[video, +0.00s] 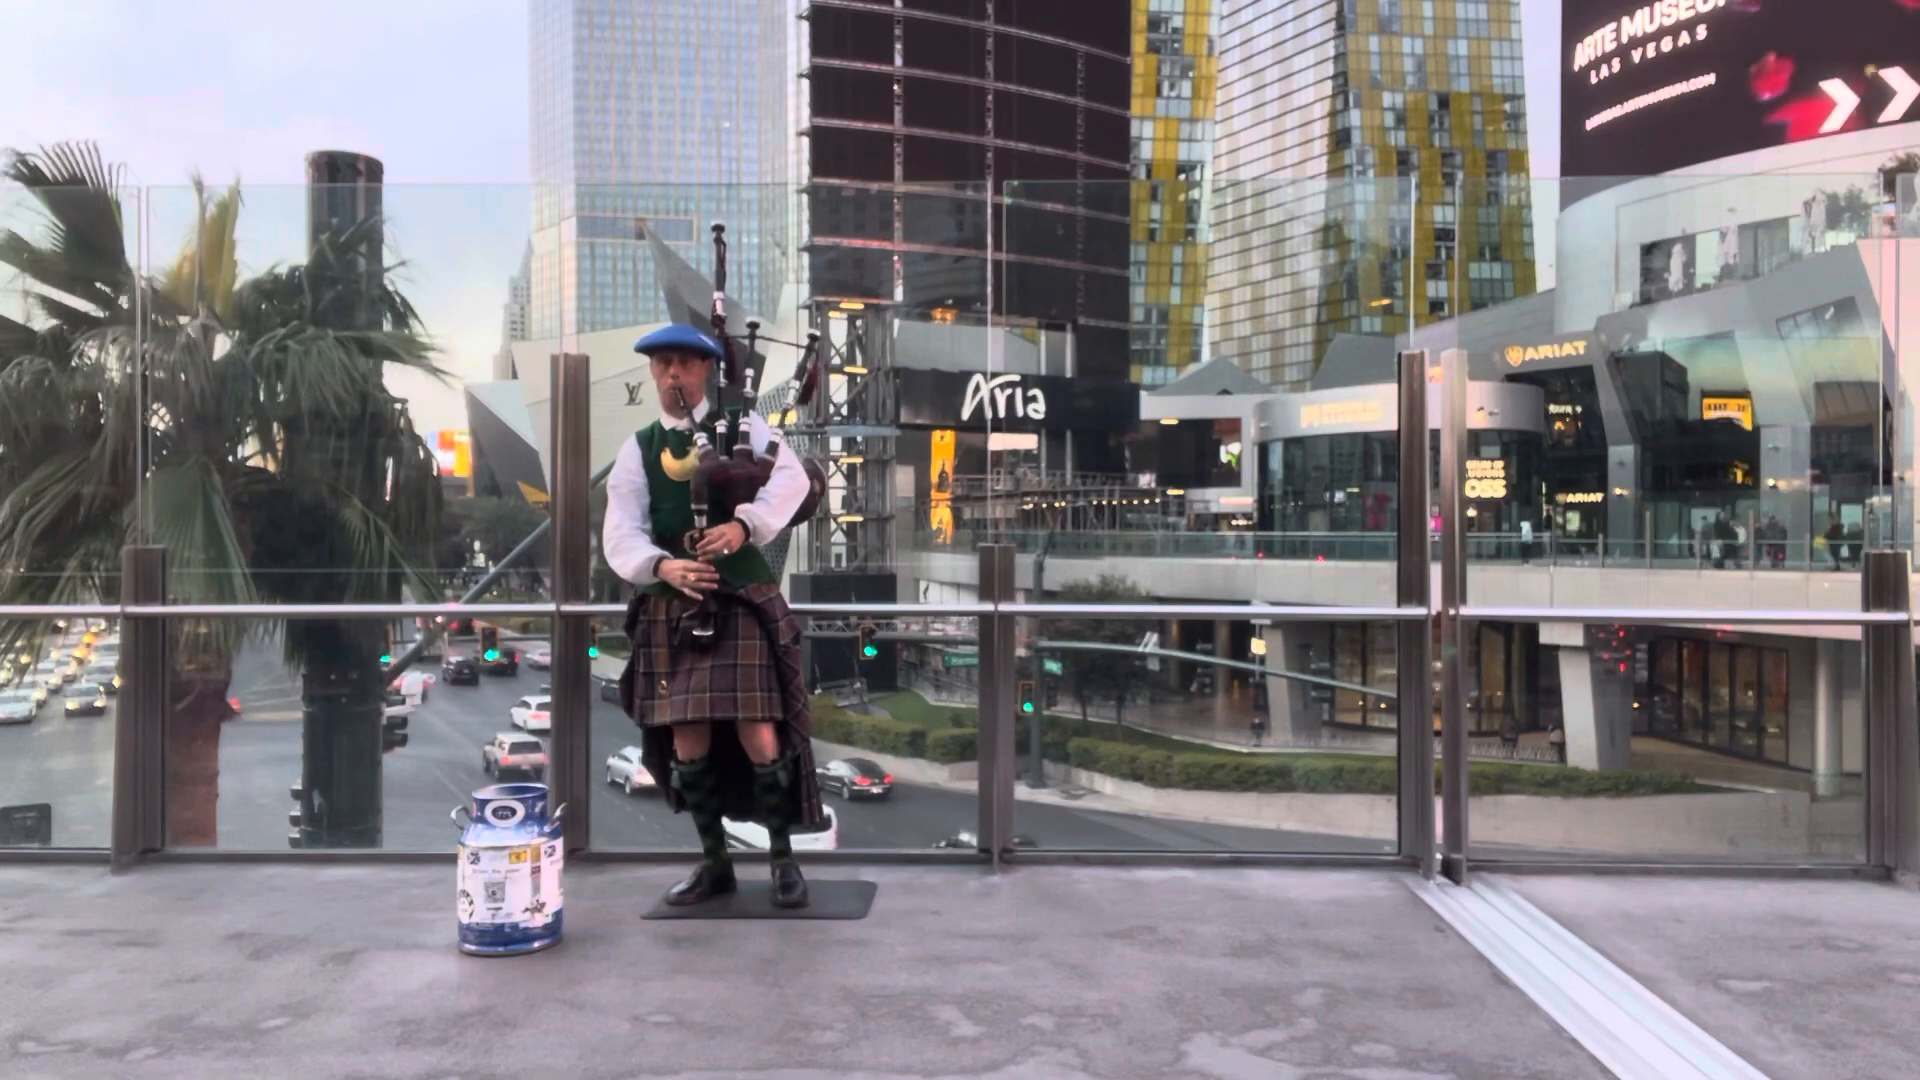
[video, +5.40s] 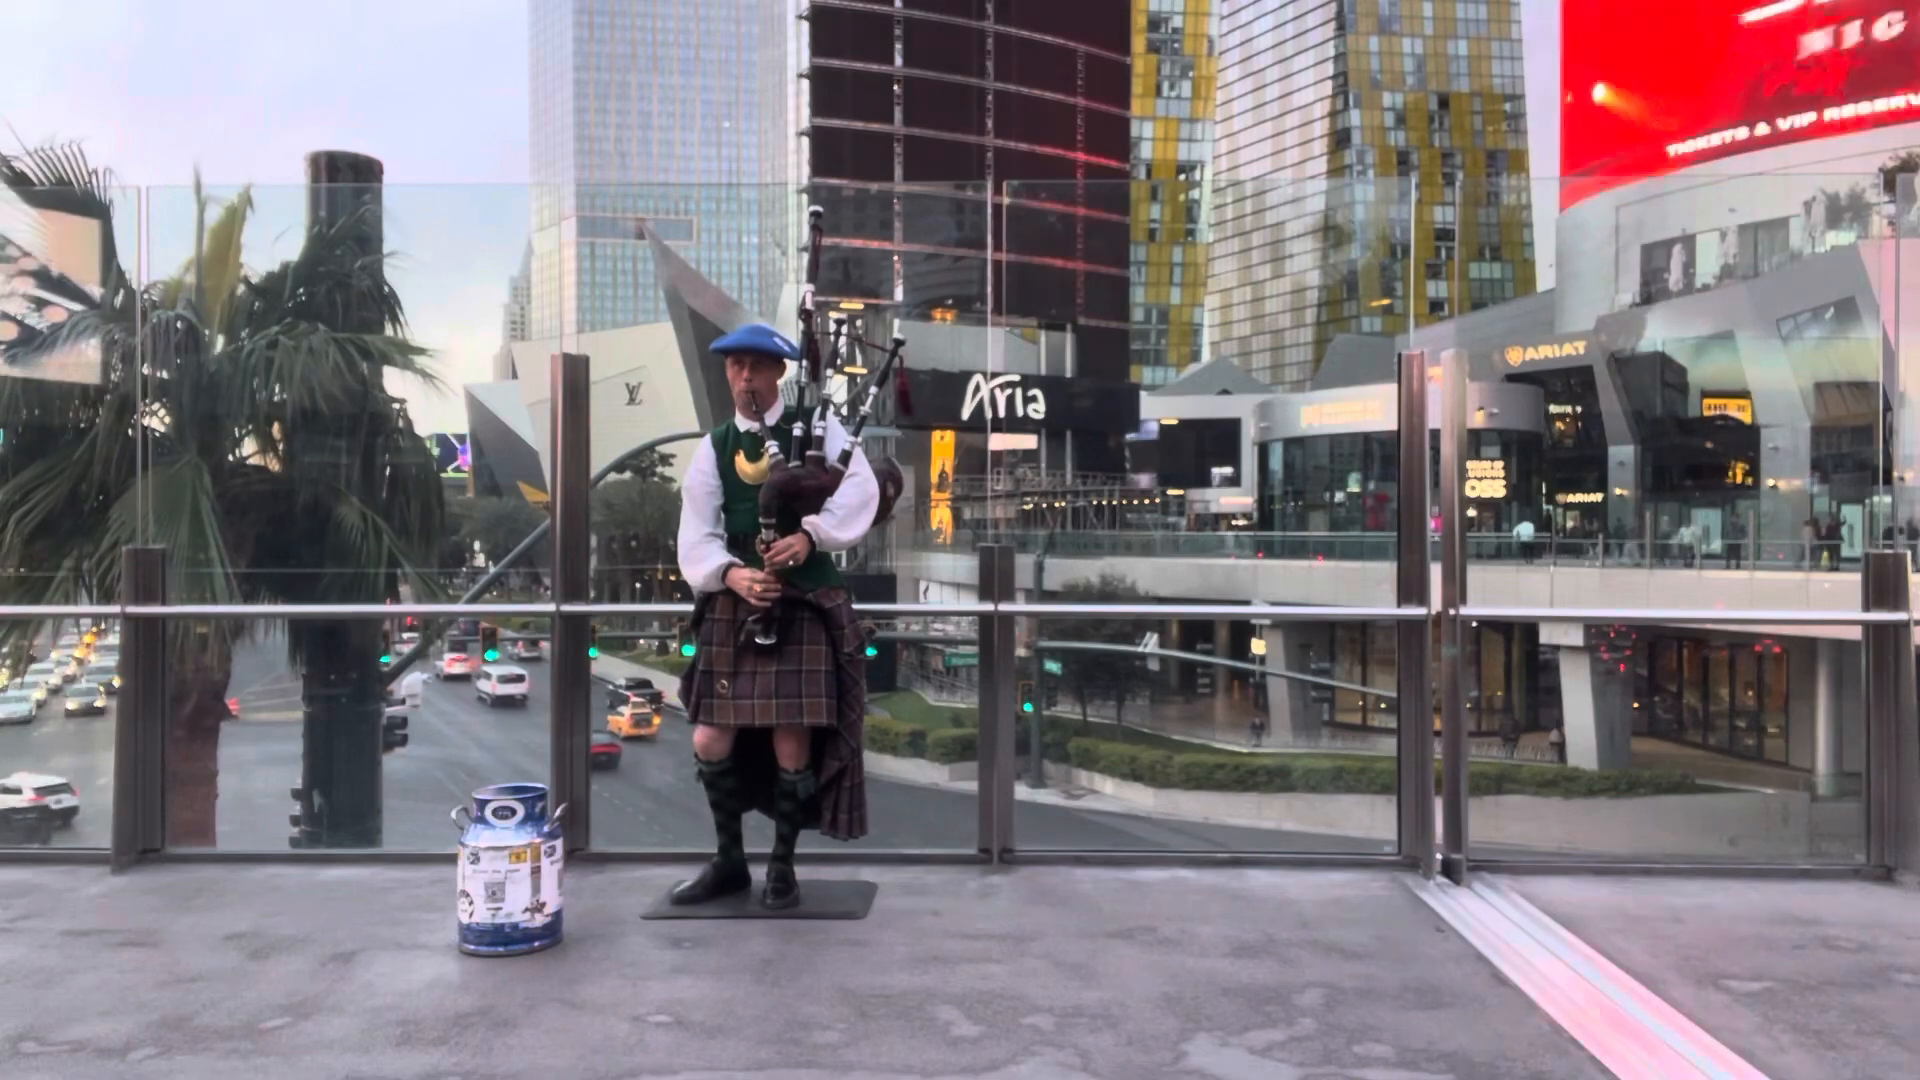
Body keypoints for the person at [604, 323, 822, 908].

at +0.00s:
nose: (673, 373)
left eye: (684, 362)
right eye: (663, 363)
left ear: (708, 368)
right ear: (651, 373)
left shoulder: (745, 428)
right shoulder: (639, 449)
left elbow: (794, 479)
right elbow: (621, 536)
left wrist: (745, 525)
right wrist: (661, 564)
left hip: (743, 594)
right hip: (672, 599)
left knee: (757, 728)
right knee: (687, 730)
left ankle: (782, 860)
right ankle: (716, 863)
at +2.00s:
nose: (742, 374)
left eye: (754, 362)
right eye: (734, 363)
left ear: (781, 368)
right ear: (724, 372)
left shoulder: (818, 427)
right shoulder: (710, 443)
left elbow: (859, 486)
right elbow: (686, 527)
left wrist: (810, 531)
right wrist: (722, 567)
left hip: (802, 594)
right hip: (730, 593)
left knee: (791, 729)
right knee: (716, 732)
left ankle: (782, 864)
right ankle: (725, 862)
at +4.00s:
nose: (749, 377)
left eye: (761, 365)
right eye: (740, 365)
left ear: (786, 373)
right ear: (728, 374)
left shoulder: (820, 431)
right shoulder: (714, 447)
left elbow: (865, 491)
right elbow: (696, 533)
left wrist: (815, 534)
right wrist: (731, 571)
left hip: (803, 601)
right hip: (732, 599)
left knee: (791, 735)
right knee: (707, 738)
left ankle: (782, 865)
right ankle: (730, 860)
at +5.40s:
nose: (745, 376)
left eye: (757, 365)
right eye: (737, 365)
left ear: (780, 372)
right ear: (724, 373)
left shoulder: (819, 429)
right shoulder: (713, 446)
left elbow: (862, 492)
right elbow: (695, 534)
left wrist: (812, 535)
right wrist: (729, 572)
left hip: (804, 600)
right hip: (732, 599)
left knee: (790, 735)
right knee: (709, 737)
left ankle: (781, 865)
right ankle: (729, 861)